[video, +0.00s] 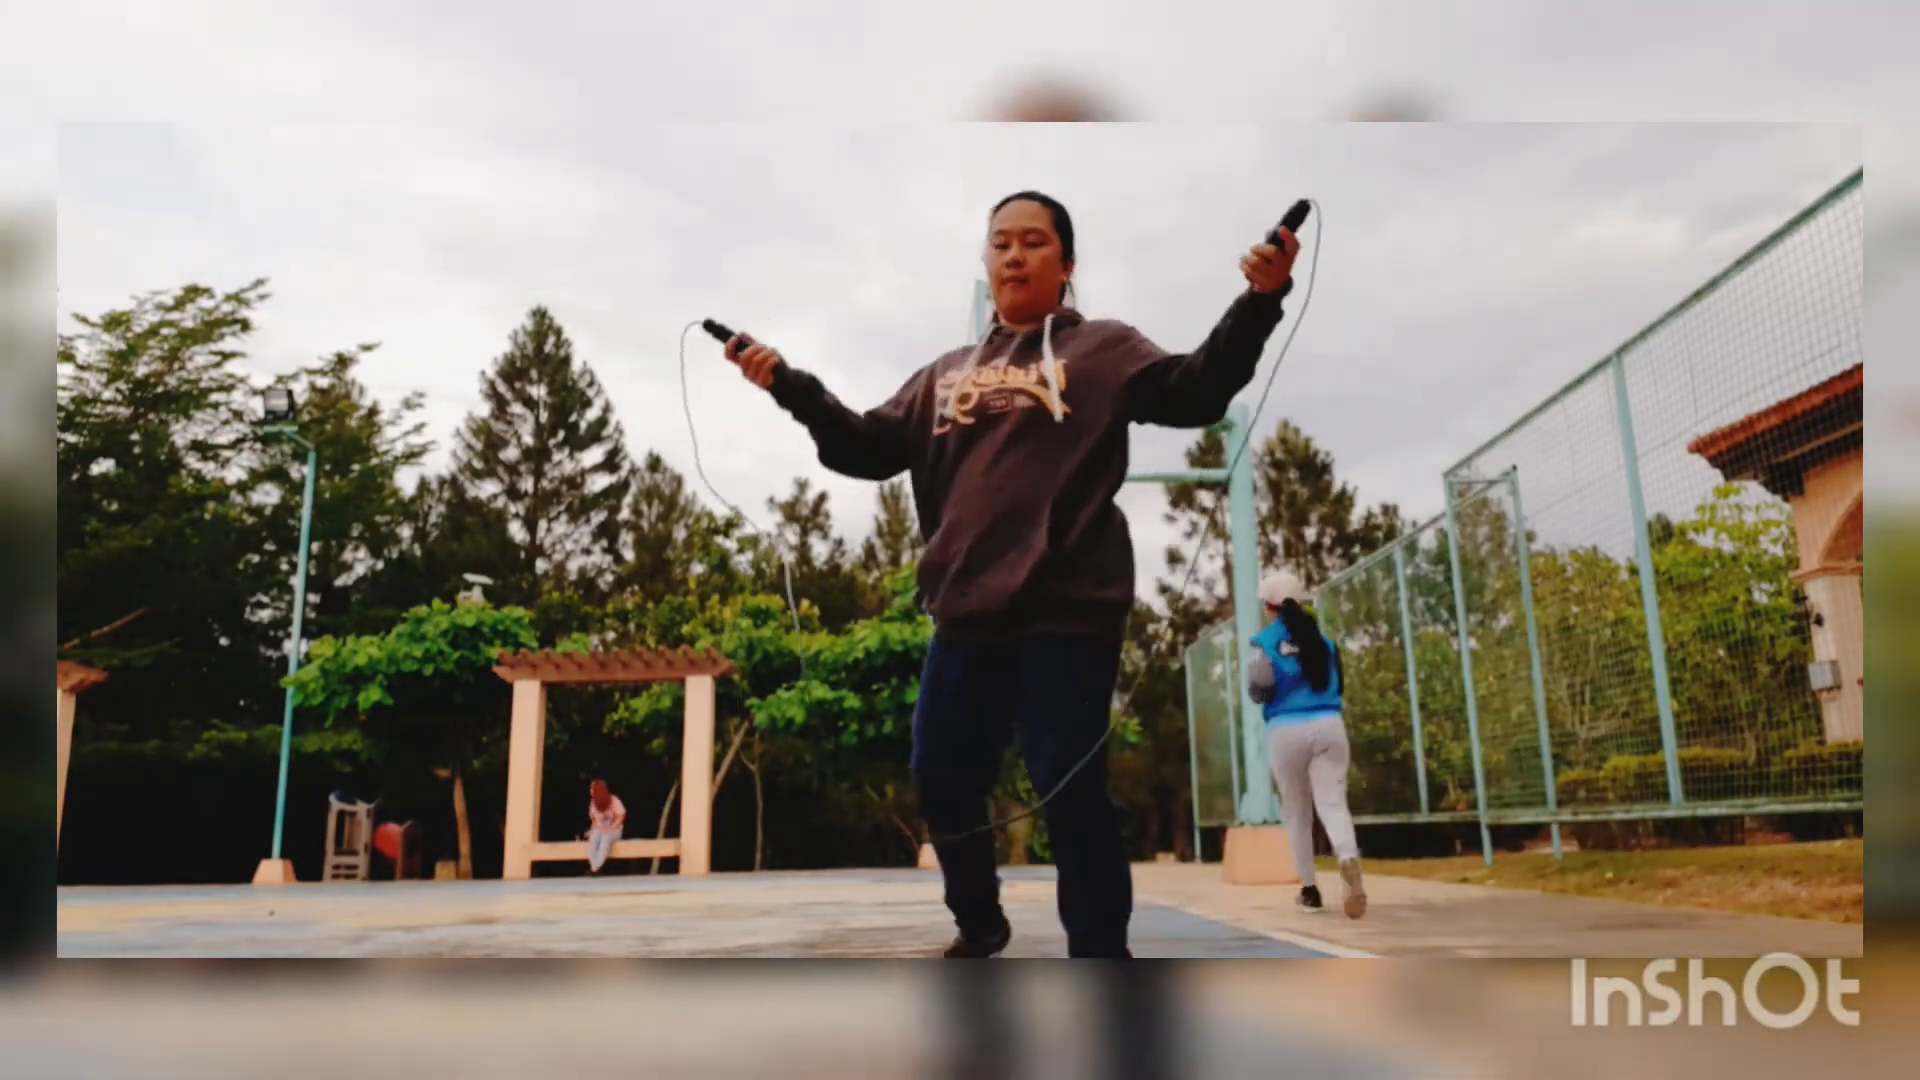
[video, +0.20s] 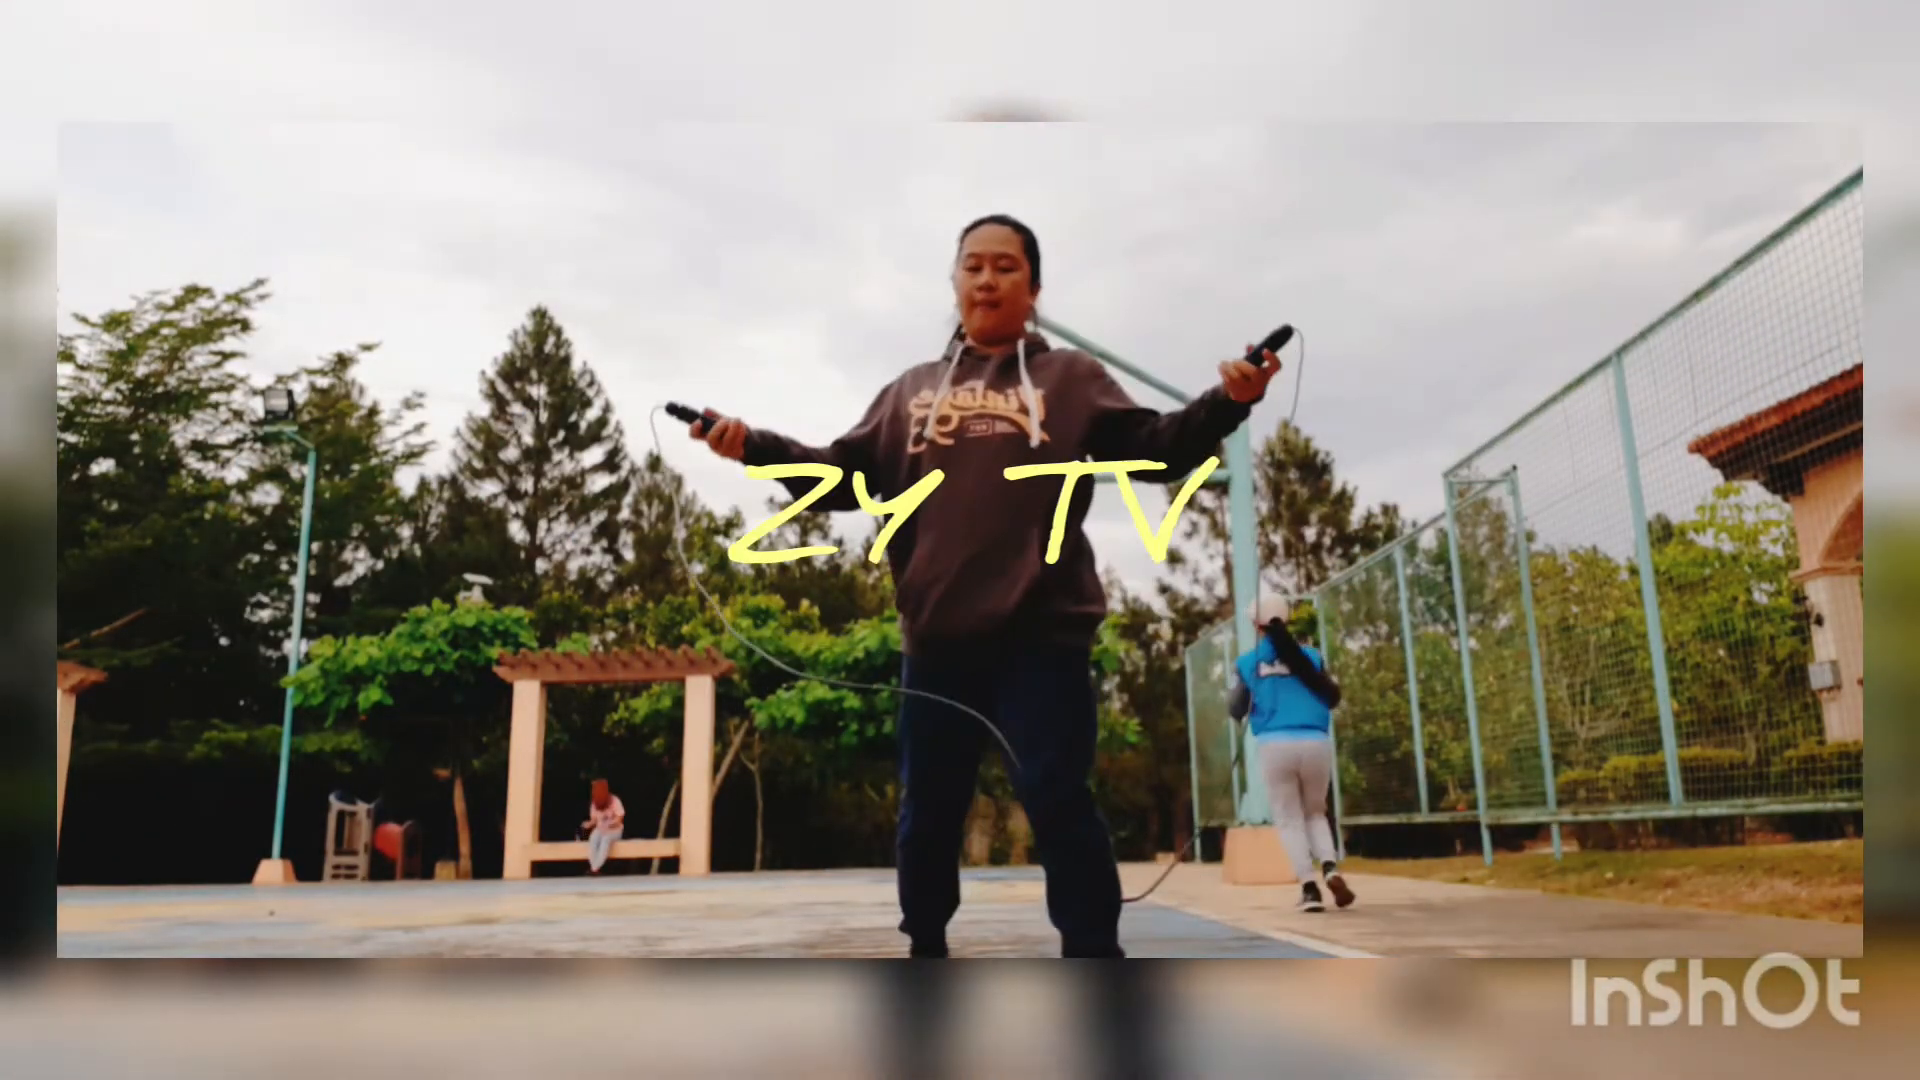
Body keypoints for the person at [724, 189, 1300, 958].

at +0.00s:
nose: (1014, 254)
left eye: (1034, 241)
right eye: (1001, 243)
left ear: (1067, 263)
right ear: (986, 264)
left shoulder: (1102, 349)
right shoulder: (946, 376)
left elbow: (1196, 393)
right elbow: (869, 448)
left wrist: (1259, 299)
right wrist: (786, 384)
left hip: (1073, 603)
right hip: (969, 607)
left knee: (1069, 779)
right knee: (942, 773)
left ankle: (1101, 954)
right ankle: (980, 929)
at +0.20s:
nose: (987, 278)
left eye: (1005, 266)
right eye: (973, 265)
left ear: (1033, 290)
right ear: (955, 285)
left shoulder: (1070, 378)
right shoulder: (912, 390)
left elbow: (1156, 449)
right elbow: (845, 476)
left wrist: (1226, 402)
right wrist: (754, 448)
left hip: (1044, 627)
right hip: (940, 630)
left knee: (1057, 797)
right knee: (928, 809)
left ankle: (1095, 961)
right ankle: (925, 954)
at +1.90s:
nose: (965, 332)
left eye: (978, 320)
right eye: (951, 320)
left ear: (1001, 336)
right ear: (930, 335)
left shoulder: (1041, 425)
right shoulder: (896, 426)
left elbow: (1103, 495)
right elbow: (837, 505)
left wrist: (1177, 496)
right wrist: (782, 507)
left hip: (1026, 646)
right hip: (929, 648)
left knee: (1030, 797)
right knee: (936, 799)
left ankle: (1018, 944)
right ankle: (940, 944)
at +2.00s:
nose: (953, 350)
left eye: (967, 338)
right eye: (939, 337)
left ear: (990, 355)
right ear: (917, 353)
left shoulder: (1026, 445)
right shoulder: (883, 450)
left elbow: (1084, 539)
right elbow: (831, 545)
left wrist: (1164, 586)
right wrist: (772, 595)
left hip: (1020, 654)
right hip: (925, 662)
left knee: (1035, 739)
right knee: (932, 810)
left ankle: (1017, 921)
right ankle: (939, 952)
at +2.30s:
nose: (950, 272)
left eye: (965, 260)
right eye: (936, 261)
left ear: (988, 280)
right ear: (915, 281)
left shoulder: (1026, 369)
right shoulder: (879, 374)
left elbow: (1071, 465)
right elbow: (835, 477)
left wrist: (1125, 538)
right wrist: (779, 553)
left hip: (1011, 589)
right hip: (917, 594)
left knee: (995, 730)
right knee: (929, 750)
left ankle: (980, 911)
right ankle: (952, 903)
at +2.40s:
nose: (955, 288)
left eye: (969, 276)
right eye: (940, 277)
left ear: (993, 296)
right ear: (919, 299)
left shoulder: (1033, 386)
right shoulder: (886, 392)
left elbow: (1093, 477)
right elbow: (826, 484)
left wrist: (1182, 483)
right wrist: (732, 517)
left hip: (1005, 618)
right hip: (904, 619)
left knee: (993, 791)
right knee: (895, 778)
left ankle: (999, 954)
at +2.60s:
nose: (953, 285)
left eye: (968, 275)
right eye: (938, 276)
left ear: (995, 301)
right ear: (918, 302)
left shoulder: (1038, 387)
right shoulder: (885, 393)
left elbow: (1128, 457)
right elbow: (819, 485)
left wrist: (1216, 403)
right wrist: (734, 431)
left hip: (1005, 622)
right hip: (904, 622)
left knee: (995, 791)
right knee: (895, 754)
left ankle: (998, 948)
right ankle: (935, 847)